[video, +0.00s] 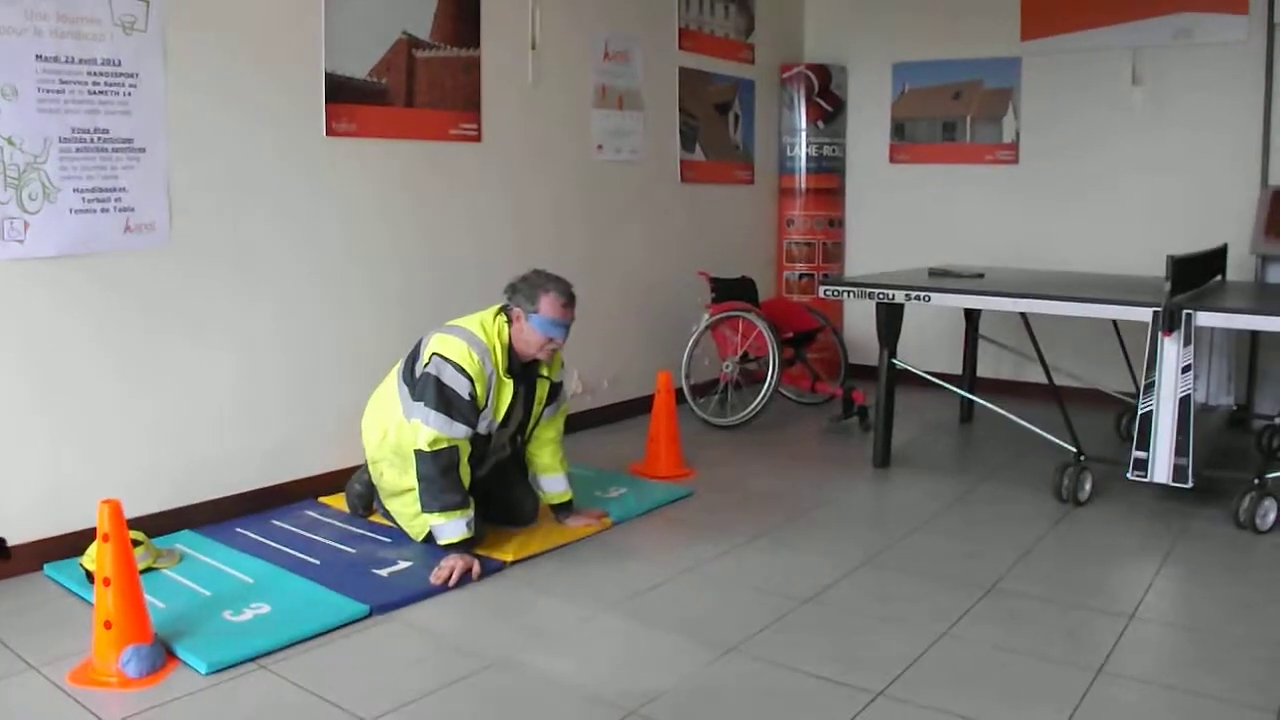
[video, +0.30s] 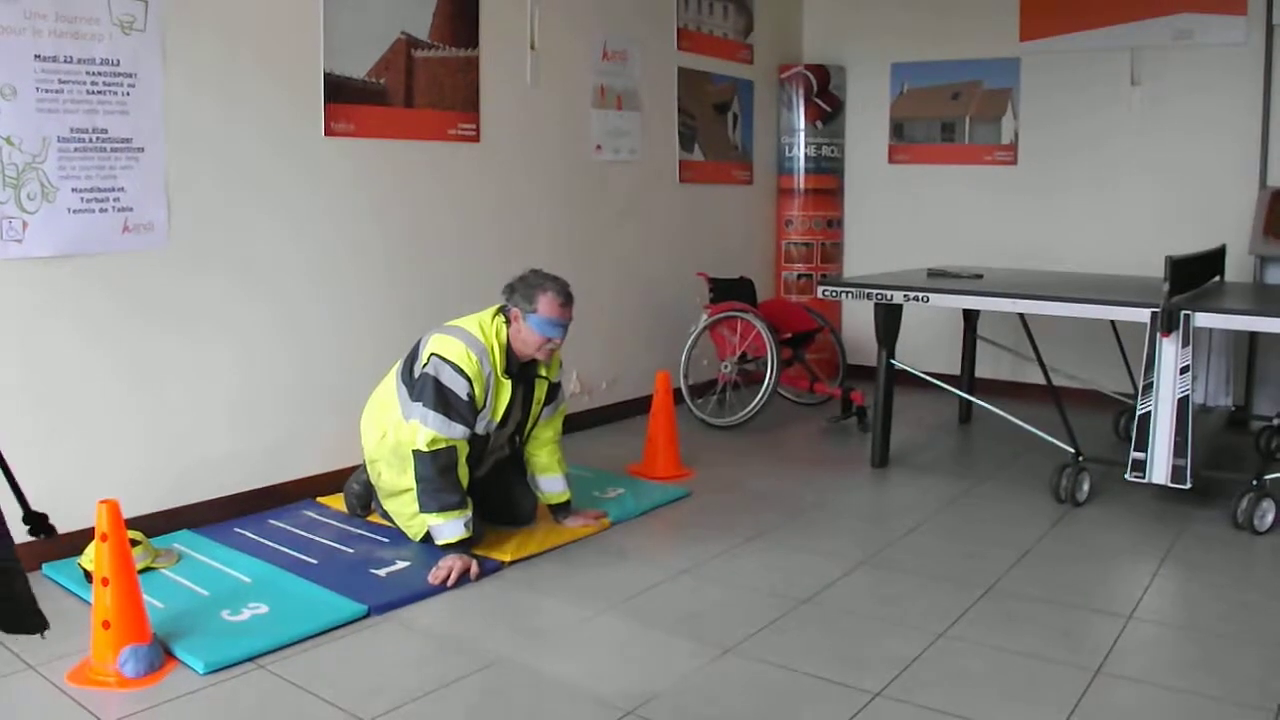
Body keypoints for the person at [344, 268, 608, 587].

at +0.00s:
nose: (558, 341)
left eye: (564, 331)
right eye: (549, 329)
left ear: (569, 327)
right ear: (517, 318)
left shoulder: (547, 361)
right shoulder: (459, 355)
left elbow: (545, 435)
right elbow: (437, 451)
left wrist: (564, 509)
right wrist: (457, 548)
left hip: (476, 437)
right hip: (403, 445)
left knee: (521, 512)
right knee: (440, 534)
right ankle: (379, 482)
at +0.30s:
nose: (556, 340)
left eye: (563, 330)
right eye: (548, 328)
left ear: (568, 326)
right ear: (515, 318)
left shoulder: (545, 360)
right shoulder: (457, 356)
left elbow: (543, 435)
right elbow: (435, 451)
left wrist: (562, 509)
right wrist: (455, 548)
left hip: (476, 437)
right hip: (402, 445)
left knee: (519, 512)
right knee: (439, 534)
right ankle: (378, 482)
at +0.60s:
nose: (556, 338)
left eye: (562, 327)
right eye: (547, 325)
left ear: (567, 323)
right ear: (514, 316)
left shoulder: (545, 357)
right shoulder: (457, 355)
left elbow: (543, 435)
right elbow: (437, 451)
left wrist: (564, 510)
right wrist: (457, 548)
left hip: (477, 438)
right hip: (404, 446)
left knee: (520, 512)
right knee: (441, 535)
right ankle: (379, 483)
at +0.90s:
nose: (558, 339)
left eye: (564, 329)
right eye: (549, 326)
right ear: (515, 318)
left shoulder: (545, 359)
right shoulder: (458, 356)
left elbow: (543, 436)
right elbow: (437, 452)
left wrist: (564, 510)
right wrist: (457, 548)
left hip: (477, 439)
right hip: (405, 448)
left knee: (520, 511)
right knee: (443, 536)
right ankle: (380, 484)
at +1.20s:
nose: (561, 341)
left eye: (567, 331)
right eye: (553, 329)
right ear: (519, 320)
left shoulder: (548, 361)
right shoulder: (461, 357)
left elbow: (545, 437)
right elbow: (438, 452)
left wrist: (565, 511)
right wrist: (458, 549)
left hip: (478, 438)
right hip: (406, 447)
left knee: (522, 511)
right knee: (448, 536)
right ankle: (381, 482)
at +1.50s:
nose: (560, 339)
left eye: (566, 329)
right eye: (552, 327)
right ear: (518, 318)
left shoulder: (548, 357)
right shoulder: (460, 355)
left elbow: (546, 434)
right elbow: (438, 452)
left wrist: (567, 509)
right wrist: (459, 547)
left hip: (481, 439)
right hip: (408, 447)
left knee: (523, 511)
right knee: (456, 535)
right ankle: (383, 482)